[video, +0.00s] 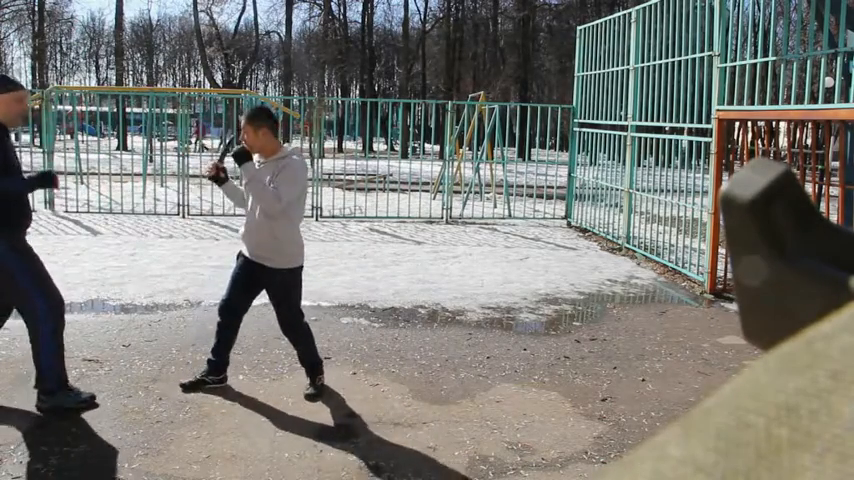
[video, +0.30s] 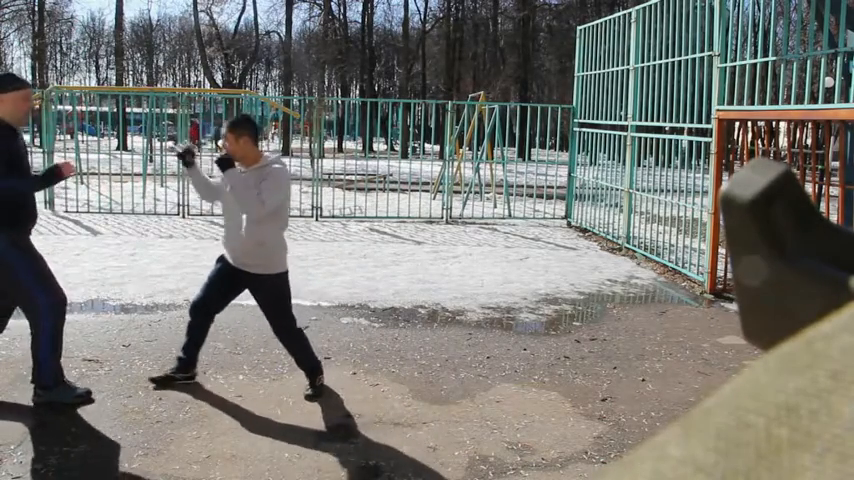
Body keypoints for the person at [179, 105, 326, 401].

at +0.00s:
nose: (244, 141)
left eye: (247, 135)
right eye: (243, 136)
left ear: (266, 133)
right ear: (260, 135)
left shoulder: (295, 165)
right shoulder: (258, 164)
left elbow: (273, 206)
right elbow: (249, 204)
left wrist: (246, 166)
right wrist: (223, 182)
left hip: (283, 262)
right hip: (252, 258)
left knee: (292, 323)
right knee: (228, 313)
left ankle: (316, 375)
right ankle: (215, 373)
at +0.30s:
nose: (226, 148)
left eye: (230, 143)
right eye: (226, 143)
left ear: (247, 141)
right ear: (238, 143)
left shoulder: (277, 173)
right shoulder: (234, 172)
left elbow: (256, 209)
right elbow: (210, 193)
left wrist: (229, 171)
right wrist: (192, 167)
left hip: (268, 268)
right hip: (233, 263)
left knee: (285, 329)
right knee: (201, 309)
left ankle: (315, 374)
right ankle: (185, 368)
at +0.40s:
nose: (203, 141)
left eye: (206, 135)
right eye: (203, 135)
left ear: (224, 136)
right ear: (219, 138)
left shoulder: (257, 168)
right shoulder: (203, 170)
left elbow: (244, 206)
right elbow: (174, 167)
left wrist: (215, 171)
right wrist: (150, 139)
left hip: (256, 266)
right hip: (218, 263)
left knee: (280, 322)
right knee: (189, 313)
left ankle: (314, 373)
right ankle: (175, 368)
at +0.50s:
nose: (177, 135)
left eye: (182, 130)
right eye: (178, 130)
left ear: (199, 132)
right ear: (193, 133)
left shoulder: (234, 164)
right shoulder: (178, 159)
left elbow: (227, 201)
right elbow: (148, 138)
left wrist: (195, 167)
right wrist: (121, 114)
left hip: (243, 258)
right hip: (208, 256)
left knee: (271, 317)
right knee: (180, 309)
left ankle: (307, 371)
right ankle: (174, 368)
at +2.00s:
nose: (205, 169)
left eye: (211, 162)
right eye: (199, 162)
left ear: (224, 161)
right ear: (192, 162)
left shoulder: (246, 173)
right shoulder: (187, 178)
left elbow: (258, 215)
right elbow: (161, 168)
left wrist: (217, 201)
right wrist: (146, 148)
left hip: (268, 246)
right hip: (232, 249)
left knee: (290, 309)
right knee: (211, 308)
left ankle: (309, 372)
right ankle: (206, 367)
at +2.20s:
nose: (206, 192)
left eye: (212, 185)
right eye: (199, 187)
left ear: (224, 178)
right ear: (191, 184)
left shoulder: (247, 181)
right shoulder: (185, 195)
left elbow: (264, 221)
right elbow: (170, 180)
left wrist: (222, 215)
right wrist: (162, 153)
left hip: (270, 245)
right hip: (231, 251)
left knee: (292, 308)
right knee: (212, 309)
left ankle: (309, 372)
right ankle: (203, 369)